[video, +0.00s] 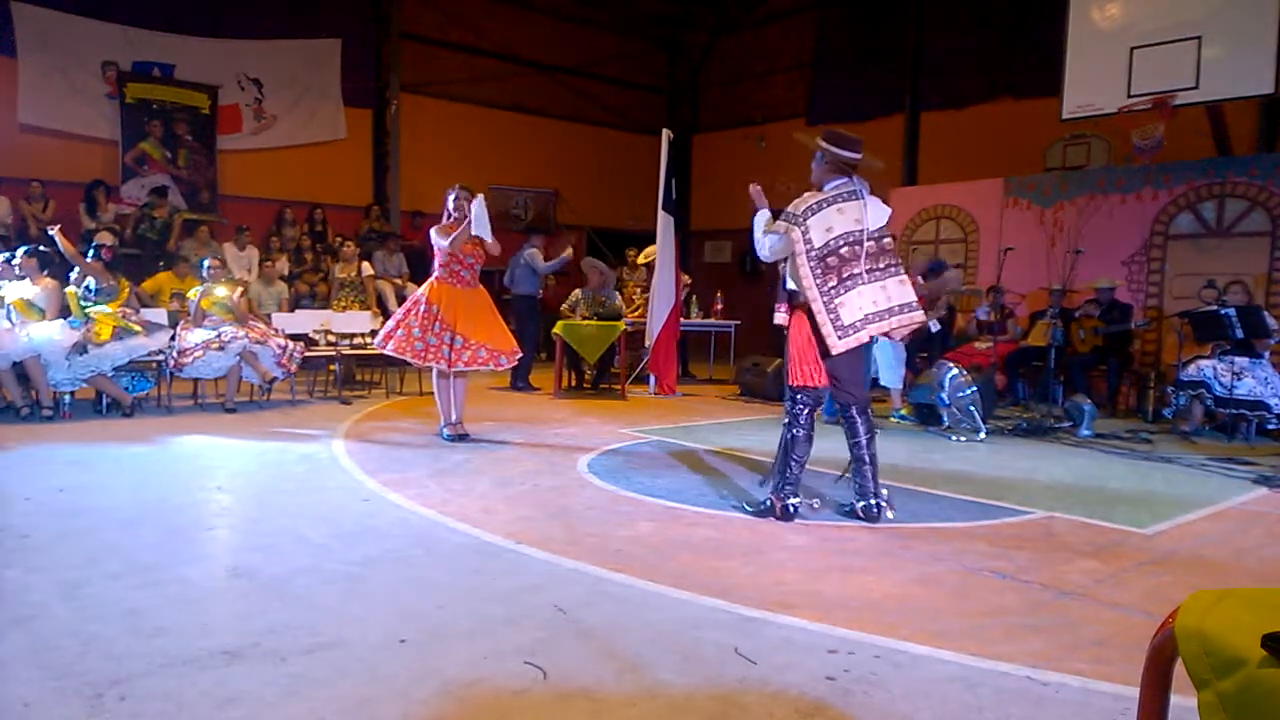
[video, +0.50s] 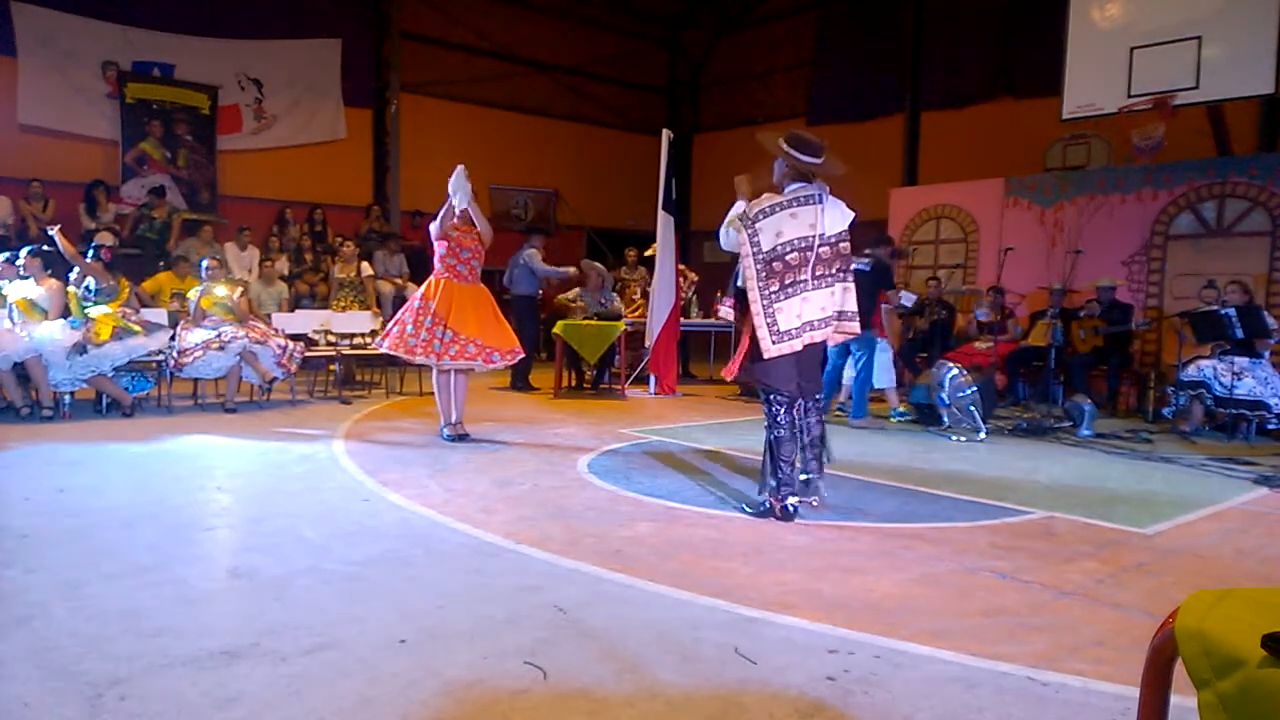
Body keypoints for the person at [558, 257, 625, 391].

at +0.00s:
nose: (590, 276)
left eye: (594, 273)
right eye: (591, 273)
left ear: (602, 277)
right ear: (588, 275)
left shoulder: (613, 295)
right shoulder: (579, 293)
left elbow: (619, 312)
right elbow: (563, 309)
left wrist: (598, 314)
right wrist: (575, 318)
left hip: (603, 333)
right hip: (581, 331)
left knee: (610, 349)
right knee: (569, 345)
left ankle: (597, 380)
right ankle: (578, 377)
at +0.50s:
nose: (587, 279)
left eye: (591, 276)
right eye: (587, 276)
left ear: (600, 279)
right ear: (587, 278)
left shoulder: (611, 296)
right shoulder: (579, 292)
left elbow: (619, 311)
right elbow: (559, 299)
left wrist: (598, 313)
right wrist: (573, 306)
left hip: (602, 331)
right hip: (580, 330)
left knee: (609, 348)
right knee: (571, 346)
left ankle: (597, 380)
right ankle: (579, 377)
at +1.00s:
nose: (583, 280)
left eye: (587, 276)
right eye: (581, 276)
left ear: (595, 279)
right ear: (578, 279)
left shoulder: (606, 294)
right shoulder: (576, 295)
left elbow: (617, 312)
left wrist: (601, 303)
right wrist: (562, 301)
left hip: (601, 331)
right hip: (580, 331)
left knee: (610, 349)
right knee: (571, 346)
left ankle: (597, 380)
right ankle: (579, 378)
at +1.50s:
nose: (580, 280)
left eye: (584, 277)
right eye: (580, 277)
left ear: (594, 280)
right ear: (579, 279)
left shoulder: (609, 294)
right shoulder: (576, 297)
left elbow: (620, 312)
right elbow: (560, 312)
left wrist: (601, 308)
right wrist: (560, 296)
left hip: (602, 332)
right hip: (580, 332)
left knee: (609, 348)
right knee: (570, 344)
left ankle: (597, 381)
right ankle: (579, 378)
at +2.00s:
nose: (590, 280)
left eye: (593, 276)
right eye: (589, 276)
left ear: (603, 279)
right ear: (587, 278)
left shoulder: (612, 297)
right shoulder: (579, 295)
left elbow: (621, 314)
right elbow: (563, 309)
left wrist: (601, 314)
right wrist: (574, 305)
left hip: (603, 332)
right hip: (581, 331)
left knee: (610, 349)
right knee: (571, 345)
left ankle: (597, 381)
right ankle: (579, 379)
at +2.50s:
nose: (593, 272)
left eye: (598, 270)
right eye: (592, 269)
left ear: (605, 275)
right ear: (588, 273)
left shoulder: (613, 295)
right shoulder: (579, 291)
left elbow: (620, 314)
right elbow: (568, 306)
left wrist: (602, 307)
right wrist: (581, 298)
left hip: (603, 329)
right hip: (582, 327)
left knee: (609, 348)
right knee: (570, 346)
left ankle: (597, 380)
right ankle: (579, 378)